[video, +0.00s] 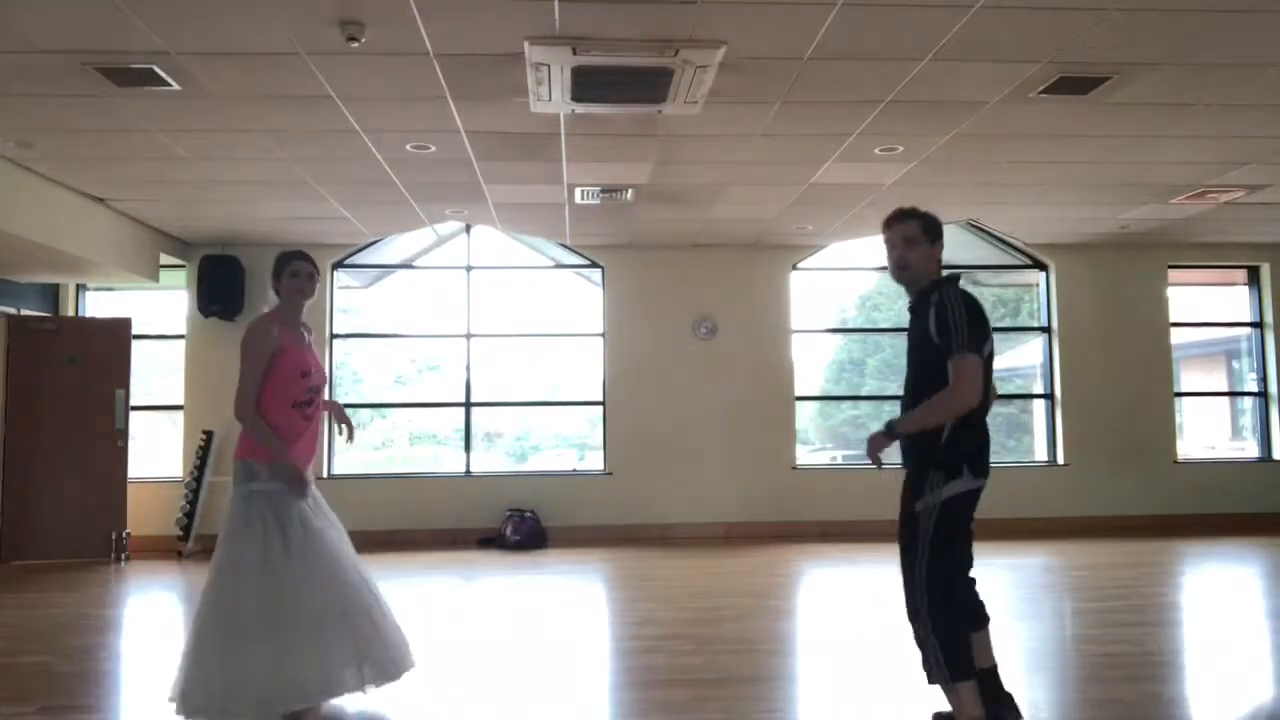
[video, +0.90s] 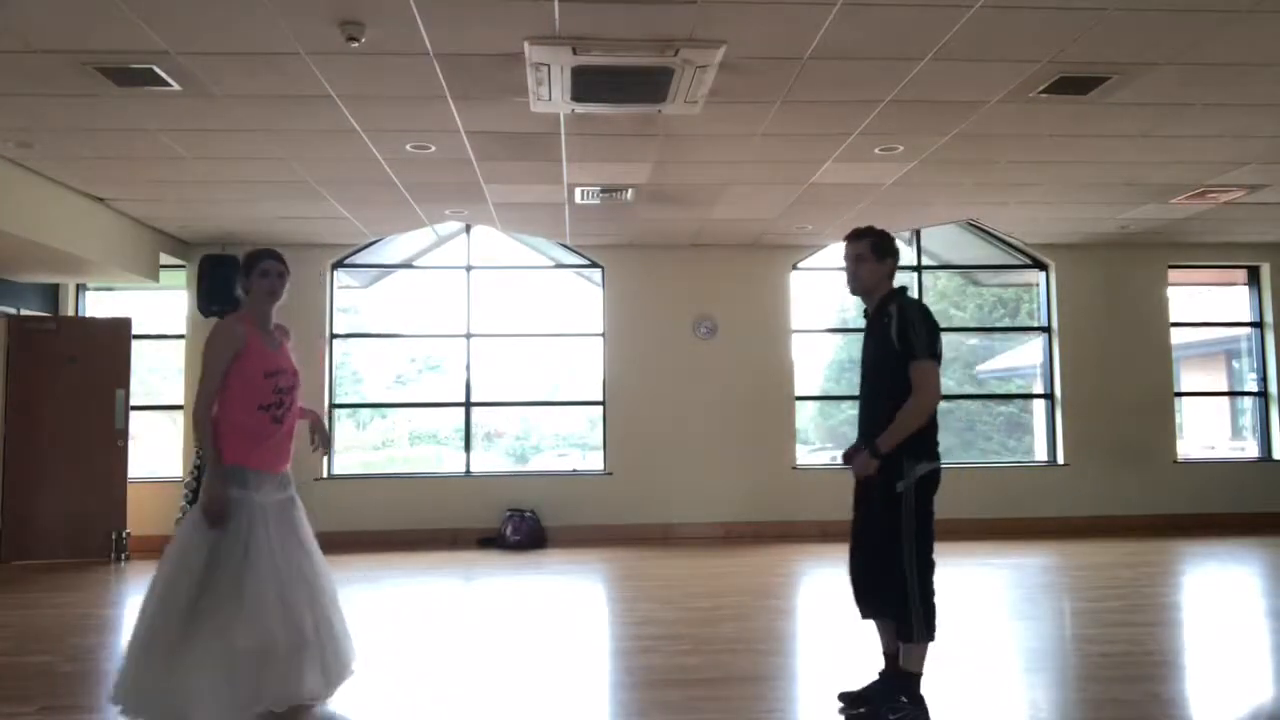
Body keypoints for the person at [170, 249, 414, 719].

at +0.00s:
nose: (303, 282)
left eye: (310, 277)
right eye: (294, 275)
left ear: (316, 286)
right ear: (276, 283)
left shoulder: (304, 332)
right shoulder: (263, 331)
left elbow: (298, 391)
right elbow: (243, 408)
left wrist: (332, 406)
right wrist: (285, 460)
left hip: (291, 469)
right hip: (263, 471)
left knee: (286, 578)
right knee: (279, 579)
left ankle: (286, 689)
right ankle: (280, 693)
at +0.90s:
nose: (273, 282)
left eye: (280, 276)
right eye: (264, 274)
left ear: (286, 285)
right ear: (245, 281)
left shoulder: (279, 333)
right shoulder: (231, 330)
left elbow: (271, 400)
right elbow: (202, 406)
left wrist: (310, 415)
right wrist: (213, 475)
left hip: (275, 479)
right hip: (237, 479)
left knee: (281, 587)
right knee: (234, 589)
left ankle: (279, 692)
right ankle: (225, 696)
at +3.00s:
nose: (257, 218)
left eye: (266, 212)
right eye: (245, 208)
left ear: (272, 226)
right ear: (216, 217)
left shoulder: (256, 294)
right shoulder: (203, 280)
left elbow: (245, 399)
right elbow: (167, 392)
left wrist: (261, 485)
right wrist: (189, 500)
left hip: (245, 497)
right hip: (203, 496)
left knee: (245, 653)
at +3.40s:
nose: (263, 223)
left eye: (270, 215)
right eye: (249, 212)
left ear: (274, 227)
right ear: (220, 219)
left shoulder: (253, 293)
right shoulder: (208, 282)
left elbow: (245, 391)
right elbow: (174, 395)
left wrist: (262, 471)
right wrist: (196, 498)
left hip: (241, 489)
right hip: (203, 488)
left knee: (237, 641)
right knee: (201, 642)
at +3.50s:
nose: (264, 224)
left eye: (270, 215)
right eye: (250, 212)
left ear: (274, 226)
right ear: (220, 219)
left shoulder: (248, 290)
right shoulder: (208, 281)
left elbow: (240, 392)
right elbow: (175, 395)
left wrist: (259, 479)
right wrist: (199, 496)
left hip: (241, 489)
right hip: (205, 489)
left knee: (237, 643)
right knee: (201, 643)